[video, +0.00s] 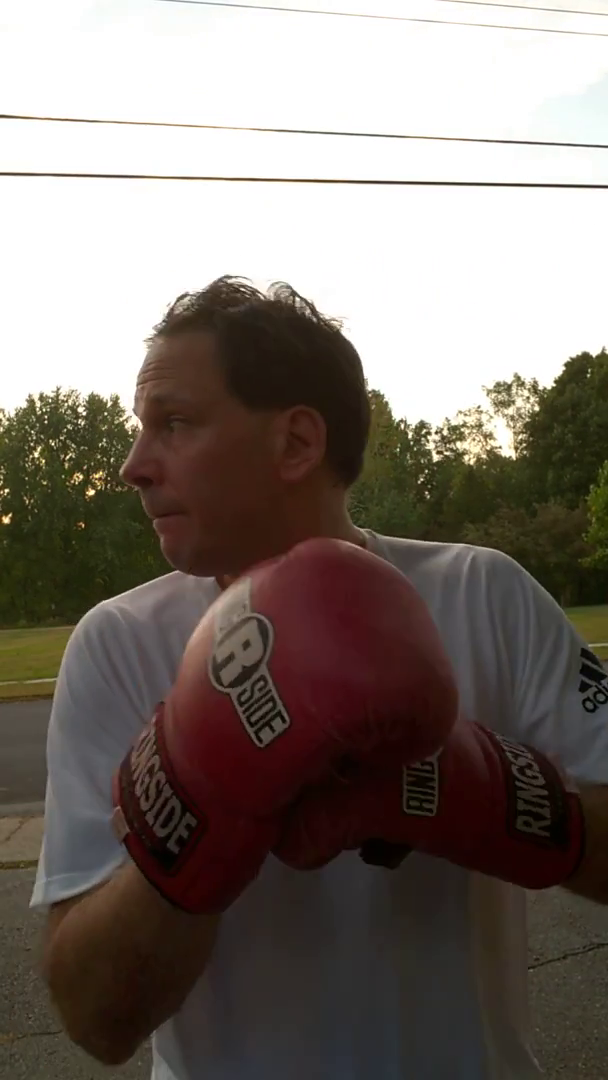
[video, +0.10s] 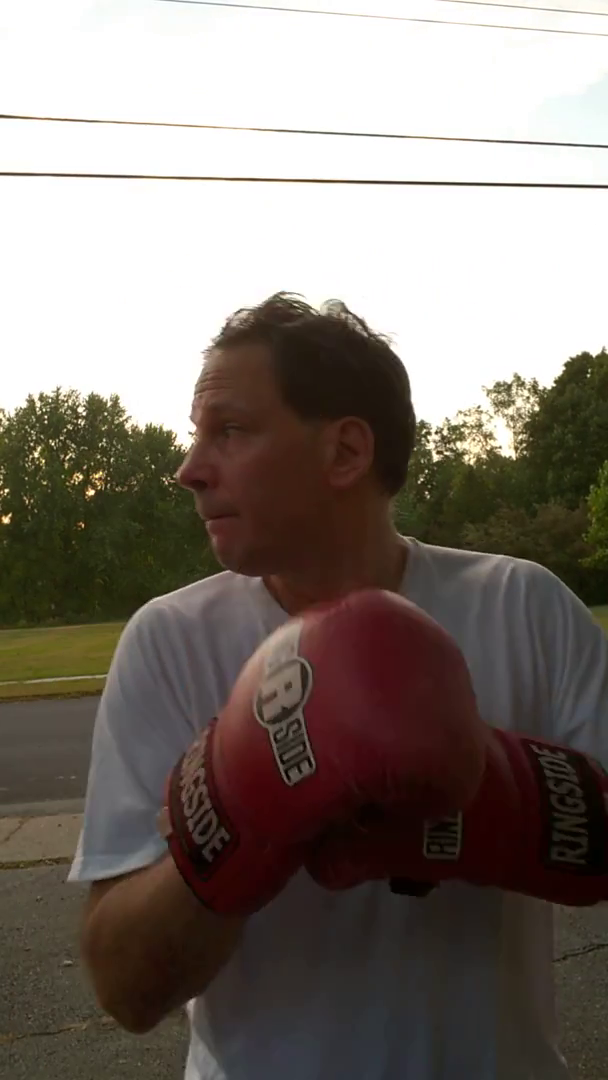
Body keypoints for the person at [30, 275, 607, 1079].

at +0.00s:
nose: (133, 468)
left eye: (173, 422)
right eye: (142, 429)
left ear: (298, 442)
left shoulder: (486, 599)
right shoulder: (117, 644)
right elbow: (98, 1019)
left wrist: (477, 796)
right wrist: (208, 805)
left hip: (473, 1060)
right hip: (223, 1067)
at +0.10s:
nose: (190, 470)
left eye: (229, 431)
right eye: (198, 435)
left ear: (346, 451)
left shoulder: (525, 610)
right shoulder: (166, 643)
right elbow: (129, 989)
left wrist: (487, 805)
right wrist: (247, 813)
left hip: (498, 1059)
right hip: (251, 1066)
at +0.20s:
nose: (258, 500)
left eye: (300, 466)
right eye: (262, 470)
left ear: (411, 488)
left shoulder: (574, 649)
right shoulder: (232, 666)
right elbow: (155, 977)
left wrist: (571, 848)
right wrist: (287, 847)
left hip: (534, 1061)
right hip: (302, 1065)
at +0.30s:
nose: (308, 510)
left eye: (349, 476)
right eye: (304, 480)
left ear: (448, 491)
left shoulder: (576, 636)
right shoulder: (260, 680)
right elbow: (186, 978)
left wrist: (585, 825)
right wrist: (278, 883)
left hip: (558, 1057)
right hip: (336, 1062)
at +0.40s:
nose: (320, 450)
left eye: (357, 416)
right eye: (302, 423)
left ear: (435, 430)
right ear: (287, 442)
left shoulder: (533, 572)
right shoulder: (242, 617)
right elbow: (189, 903)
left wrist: (587, 733)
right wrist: (311, 776)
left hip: (535, 1041)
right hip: (328, 1052)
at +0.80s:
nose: (337, 456)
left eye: (359, 427)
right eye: (307, 433)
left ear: (390, 440)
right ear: (264, 457)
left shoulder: (445, 553)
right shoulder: (209, 610)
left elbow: (553, 723)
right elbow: (181, 865)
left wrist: (514, 663)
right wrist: (329, 732)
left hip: (488, 1003)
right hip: (319, 1040)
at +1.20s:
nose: (341, 481)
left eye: (360, 455)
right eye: (314, 462)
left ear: (391, 468)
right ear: (282, 484)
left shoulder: (461, 567)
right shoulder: (234, 612)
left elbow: (588, 724)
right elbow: (195, 831)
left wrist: (486, 638)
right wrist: (293, 713)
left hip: (487, 985)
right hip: (325, 1015)